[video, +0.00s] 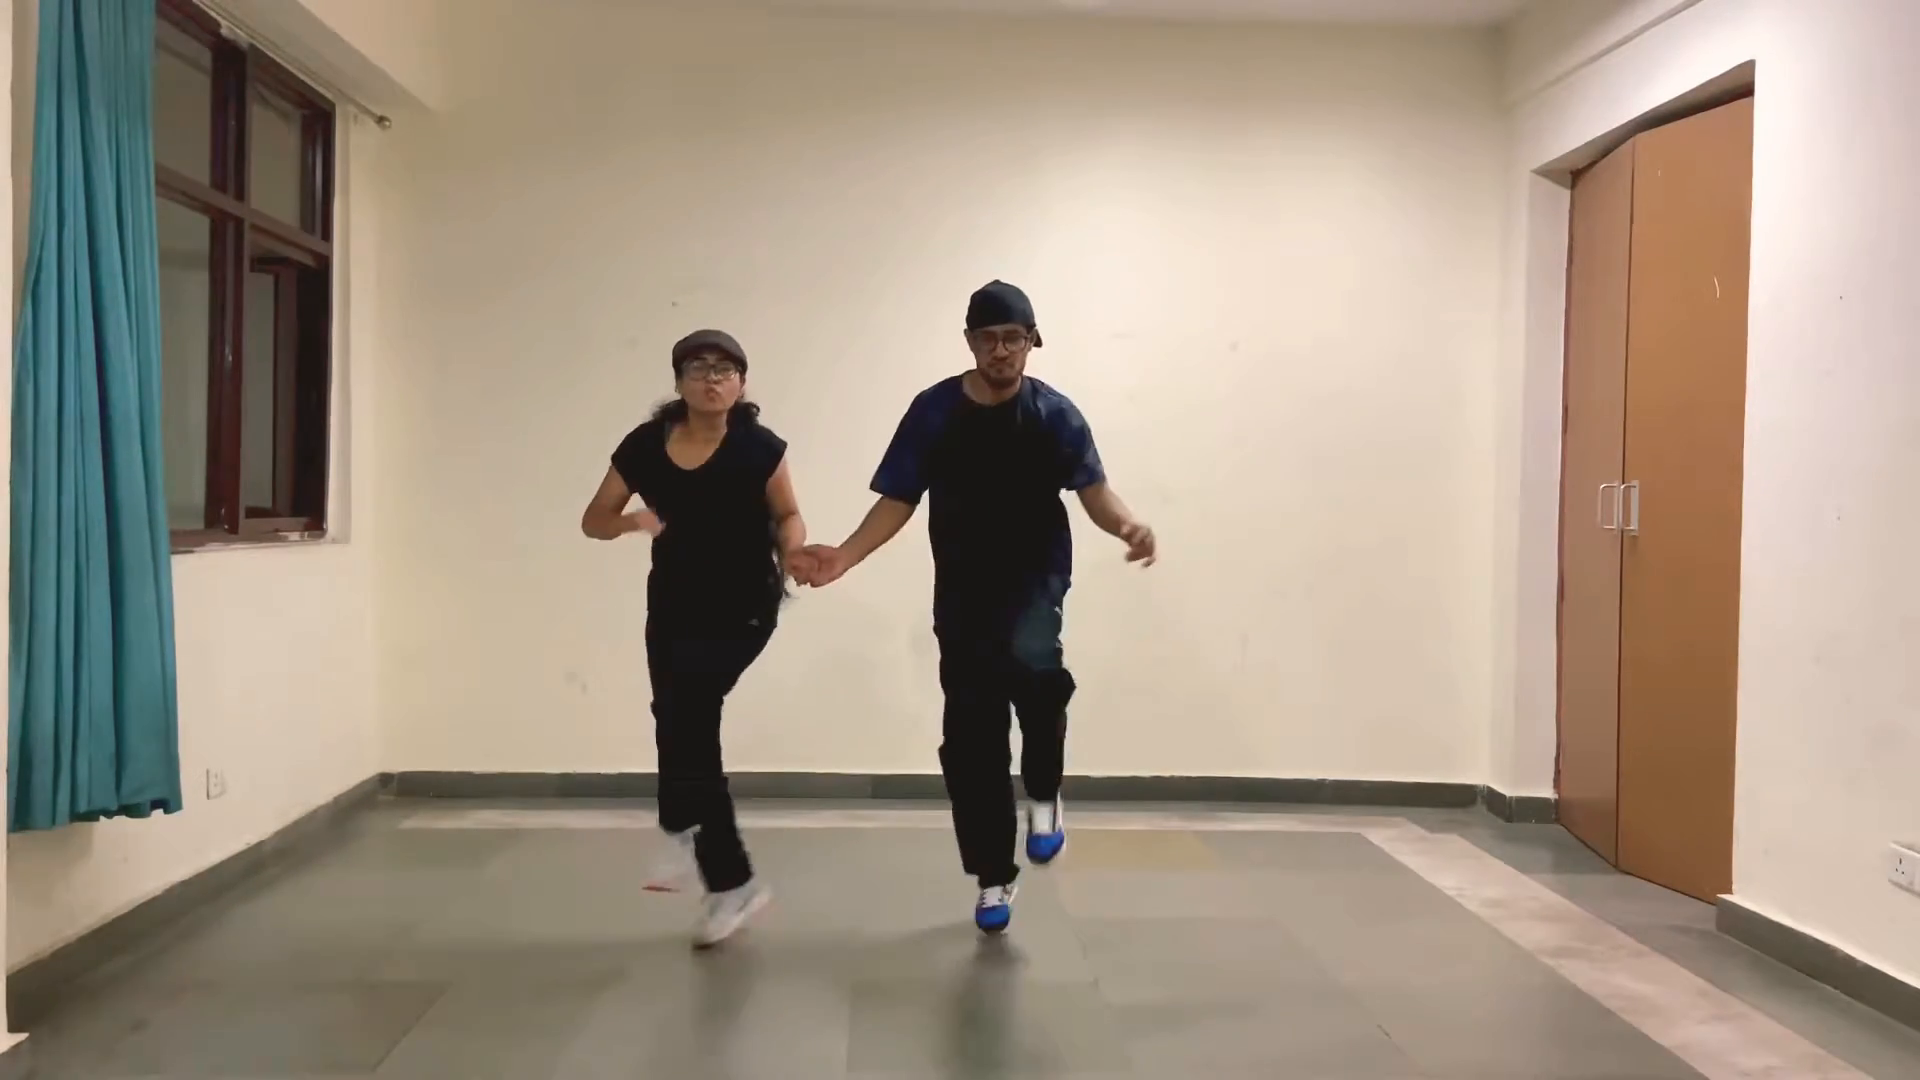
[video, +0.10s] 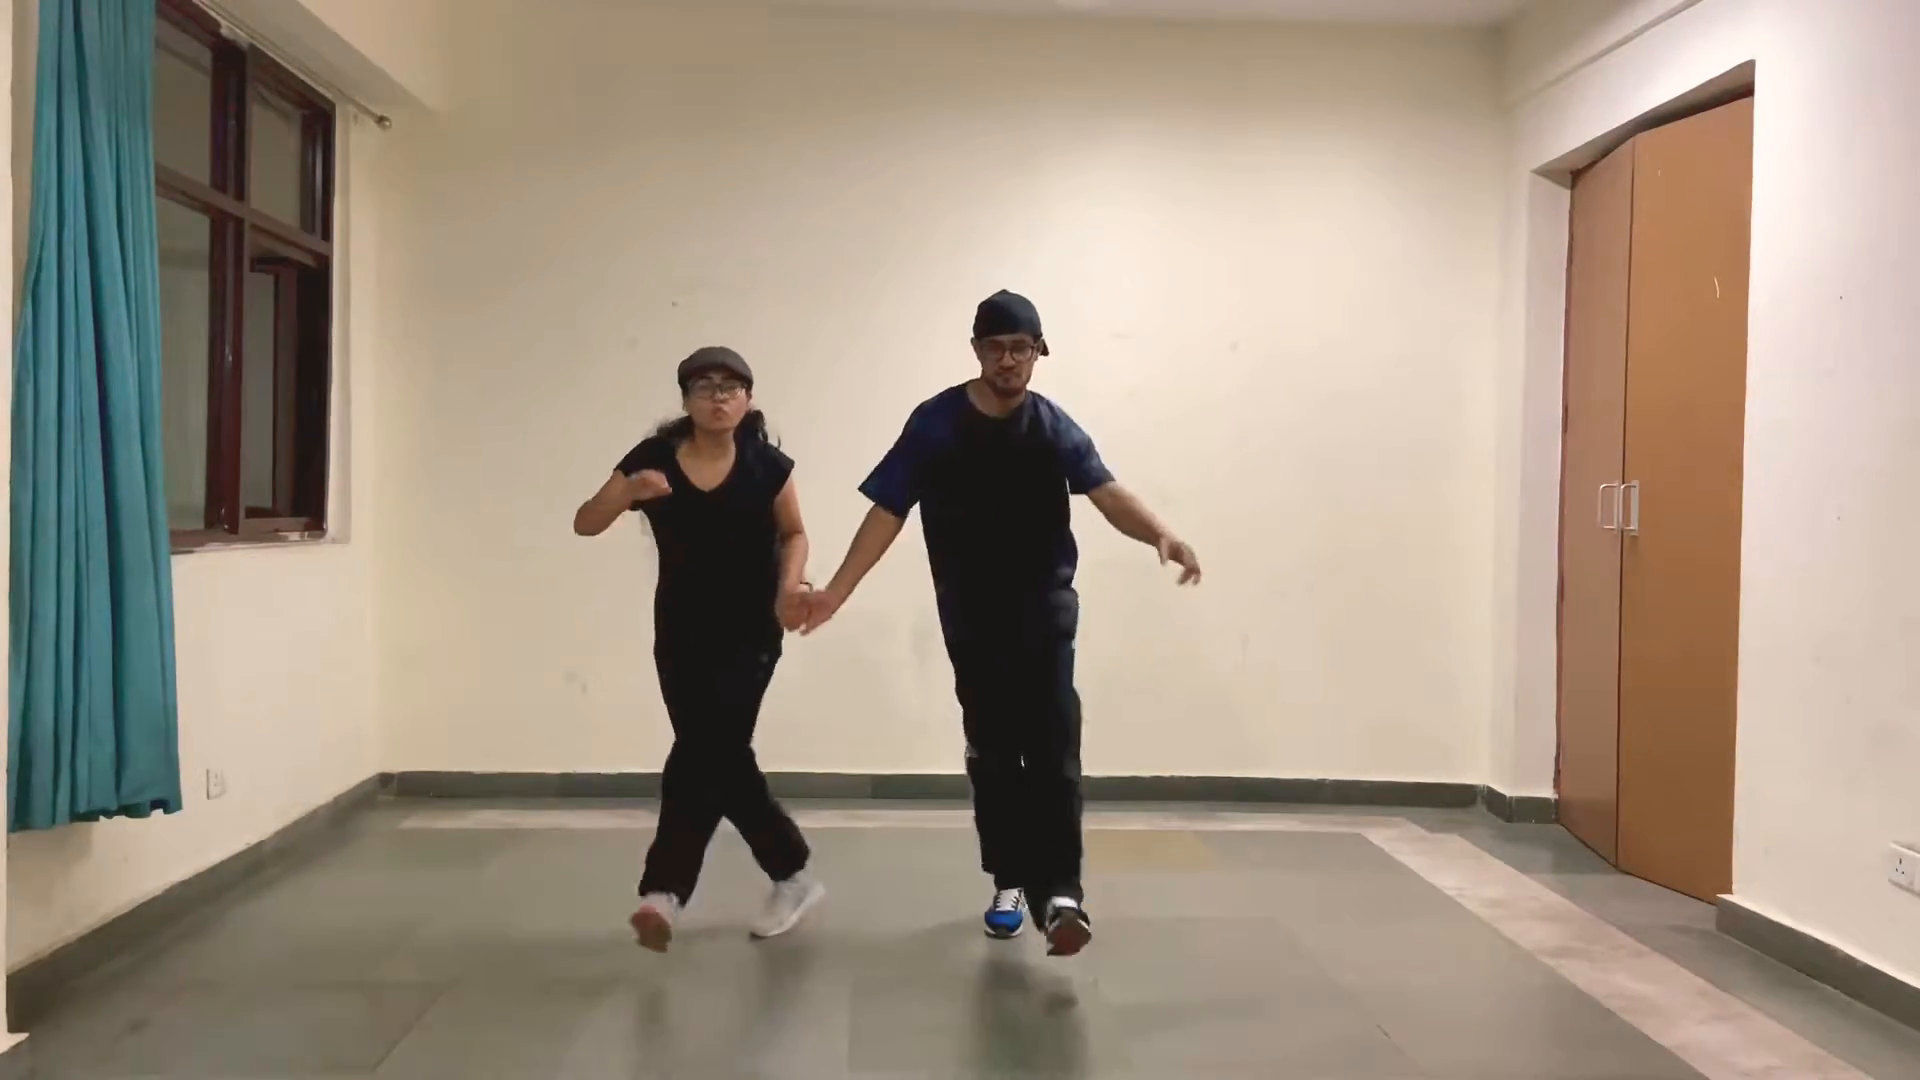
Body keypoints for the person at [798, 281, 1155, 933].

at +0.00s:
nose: (1001, 351)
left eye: (1013, 340)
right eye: (989, 340)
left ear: (1031, 342)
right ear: (970, 341)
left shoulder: (1053, 415)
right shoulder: (934, 411)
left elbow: (1092, 488)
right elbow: (898, 499)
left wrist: (1127, 525)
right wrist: (844, 555)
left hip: (1035, 580)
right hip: (963, 585)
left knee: (1035, 670)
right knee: (970, 732)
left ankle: (1042, 793)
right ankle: (991, 874)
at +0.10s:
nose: (1010, 362)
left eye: (1023, 350)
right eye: (998, 349)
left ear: (1038, 355)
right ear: (977, 350)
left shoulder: (1054, 428)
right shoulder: (935, 425)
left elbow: (1108, 494)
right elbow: (888, 512)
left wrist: (1162, 536)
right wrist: (835, 592)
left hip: (1046, 615)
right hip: (972, 618)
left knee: (1055, 748)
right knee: (992, 751)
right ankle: (1008, 883)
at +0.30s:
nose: (1017, 371)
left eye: (1029, 359)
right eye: (1004, 359)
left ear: (1046, 363)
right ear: (983, 360)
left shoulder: (1064, 445)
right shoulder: (943, 434)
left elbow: (1091, 541)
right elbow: (914, 525)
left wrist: (1125, 622)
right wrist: (873, 604)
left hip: (1051, 621)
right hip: (975, 621)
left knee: (1057, 755)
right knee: (984, 746)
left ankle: (1066, 897)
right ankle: (989, 848)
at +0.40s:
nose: (1013, 367)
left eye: (1025, 355)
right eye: (1000, 356)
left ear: (1043, 359)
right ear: (982, 359)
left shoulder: (1062, 447)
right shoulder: (944, 434)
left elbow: (1074, 549)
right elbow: (920, 521)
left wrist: (1093, 640)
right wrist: (879, 588)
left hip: (1044, 629)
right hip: (966, 628)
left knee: (1062, 762)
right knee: (958, 740)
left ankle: (1065, 903)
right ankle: (933, 839)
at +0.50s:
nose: (1005, 361)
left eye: (1016, 349)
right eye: (992, 350)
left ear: (1035, 352)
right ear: (974, 353)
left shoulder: (1059, 435)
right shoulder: (942, 426)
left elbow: (1070, 525)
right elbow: (911, 511)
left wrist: (1101, 610)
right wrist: (859, 572)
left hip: (1023, 630)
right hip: (945, 626)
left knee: (1041, 767)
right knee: (918, 755)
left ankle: (1055, 900)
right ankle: (856, 886)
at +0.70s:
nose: (1004, 366)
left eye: (1015, 353)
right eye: (990, 356)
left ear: (1034, 355)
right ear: (973, 361)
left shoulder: (1062, 431)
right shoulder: (942, 437)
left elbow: (1088, 506)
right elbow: (888, 520)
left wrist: (1152, 551)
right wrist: (826, 590)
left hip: (1027, 636)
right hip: (949, 635)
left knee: (1034, 773)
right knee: (893, 761)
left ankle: (1043, 900)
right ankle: (843, 891)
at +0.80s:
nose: (1019, 357)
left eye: (1030, 345)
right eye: (1005, 347)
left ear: (1047, 348)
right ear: (986, 354)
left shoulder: (1074, 424)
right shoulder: (957, 430)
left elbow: (1092, 506)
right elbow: (916, 510)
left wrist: (1176, 520)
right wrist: (871, 572)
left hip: (1051, 631)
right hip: (974, 631)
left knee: (1064, 764)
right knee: (954, 747)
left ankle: (1048, 898)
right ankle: (897, 850)